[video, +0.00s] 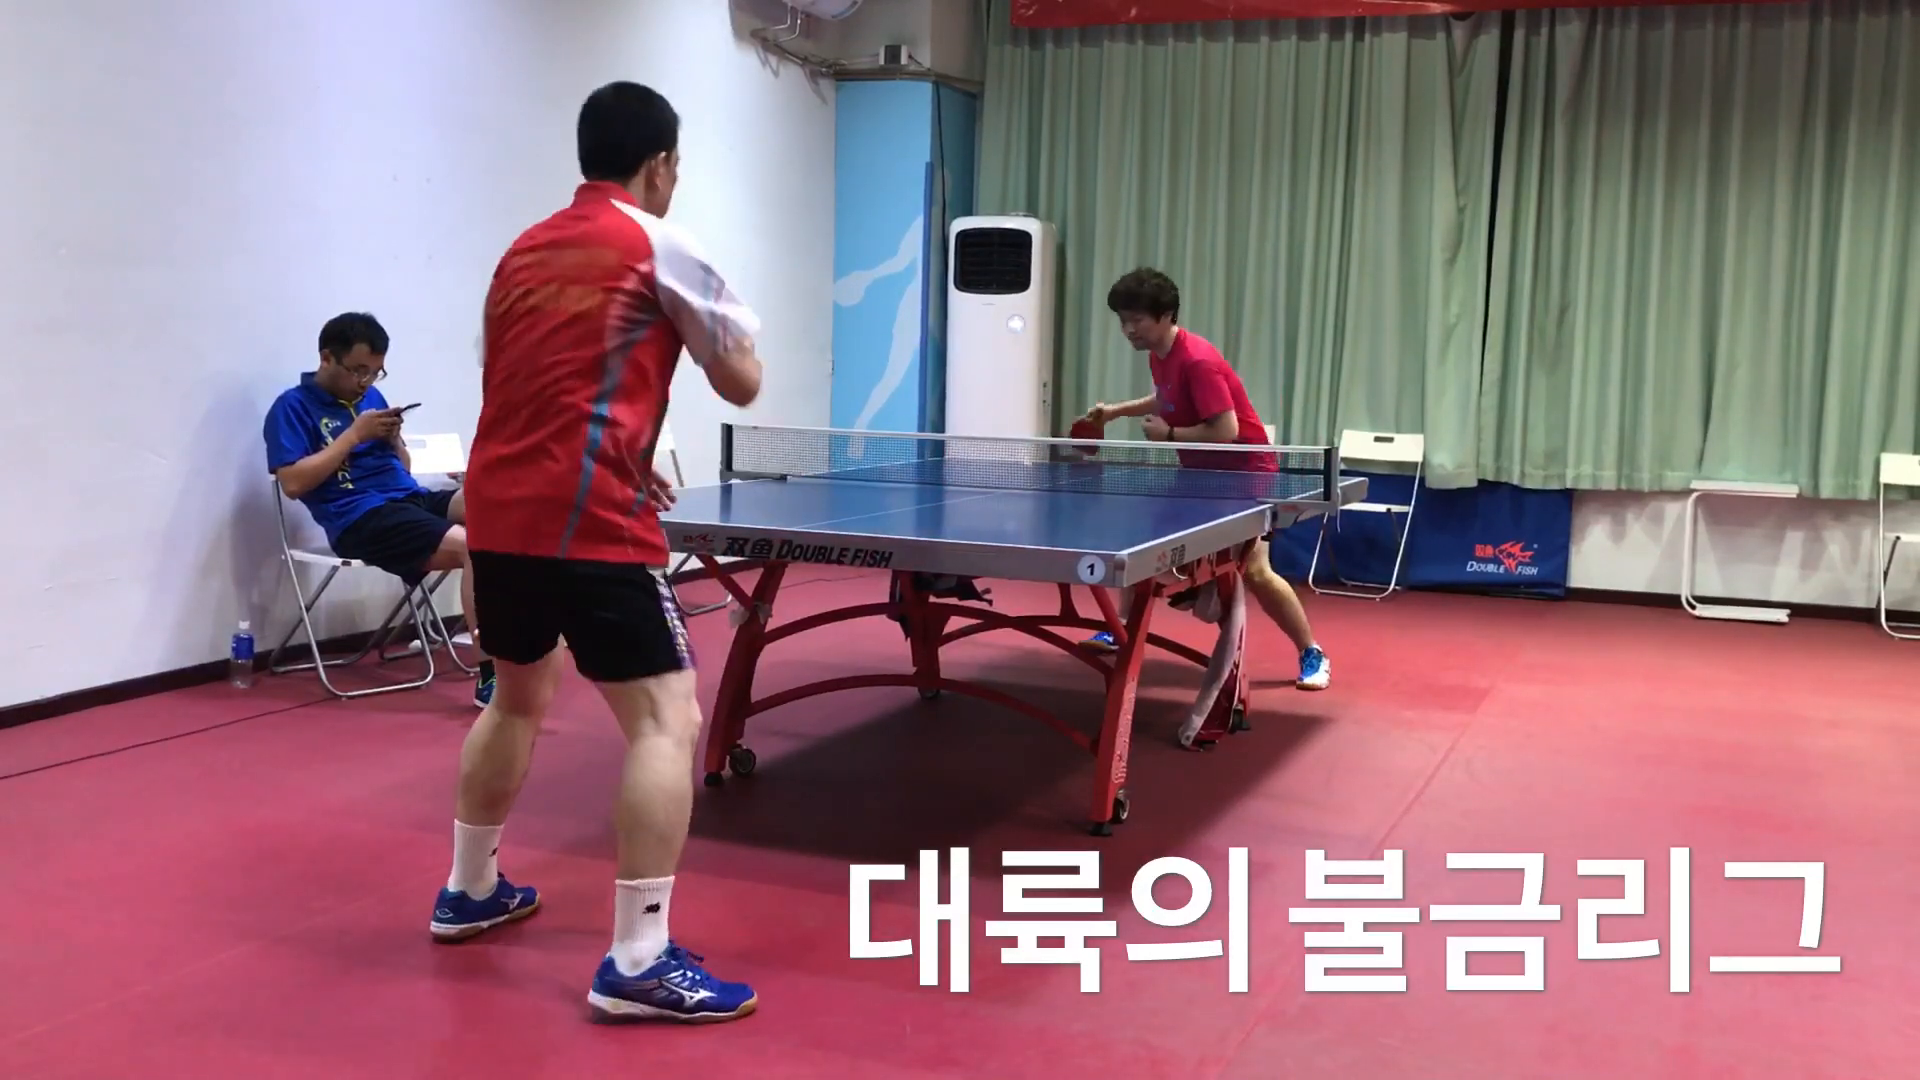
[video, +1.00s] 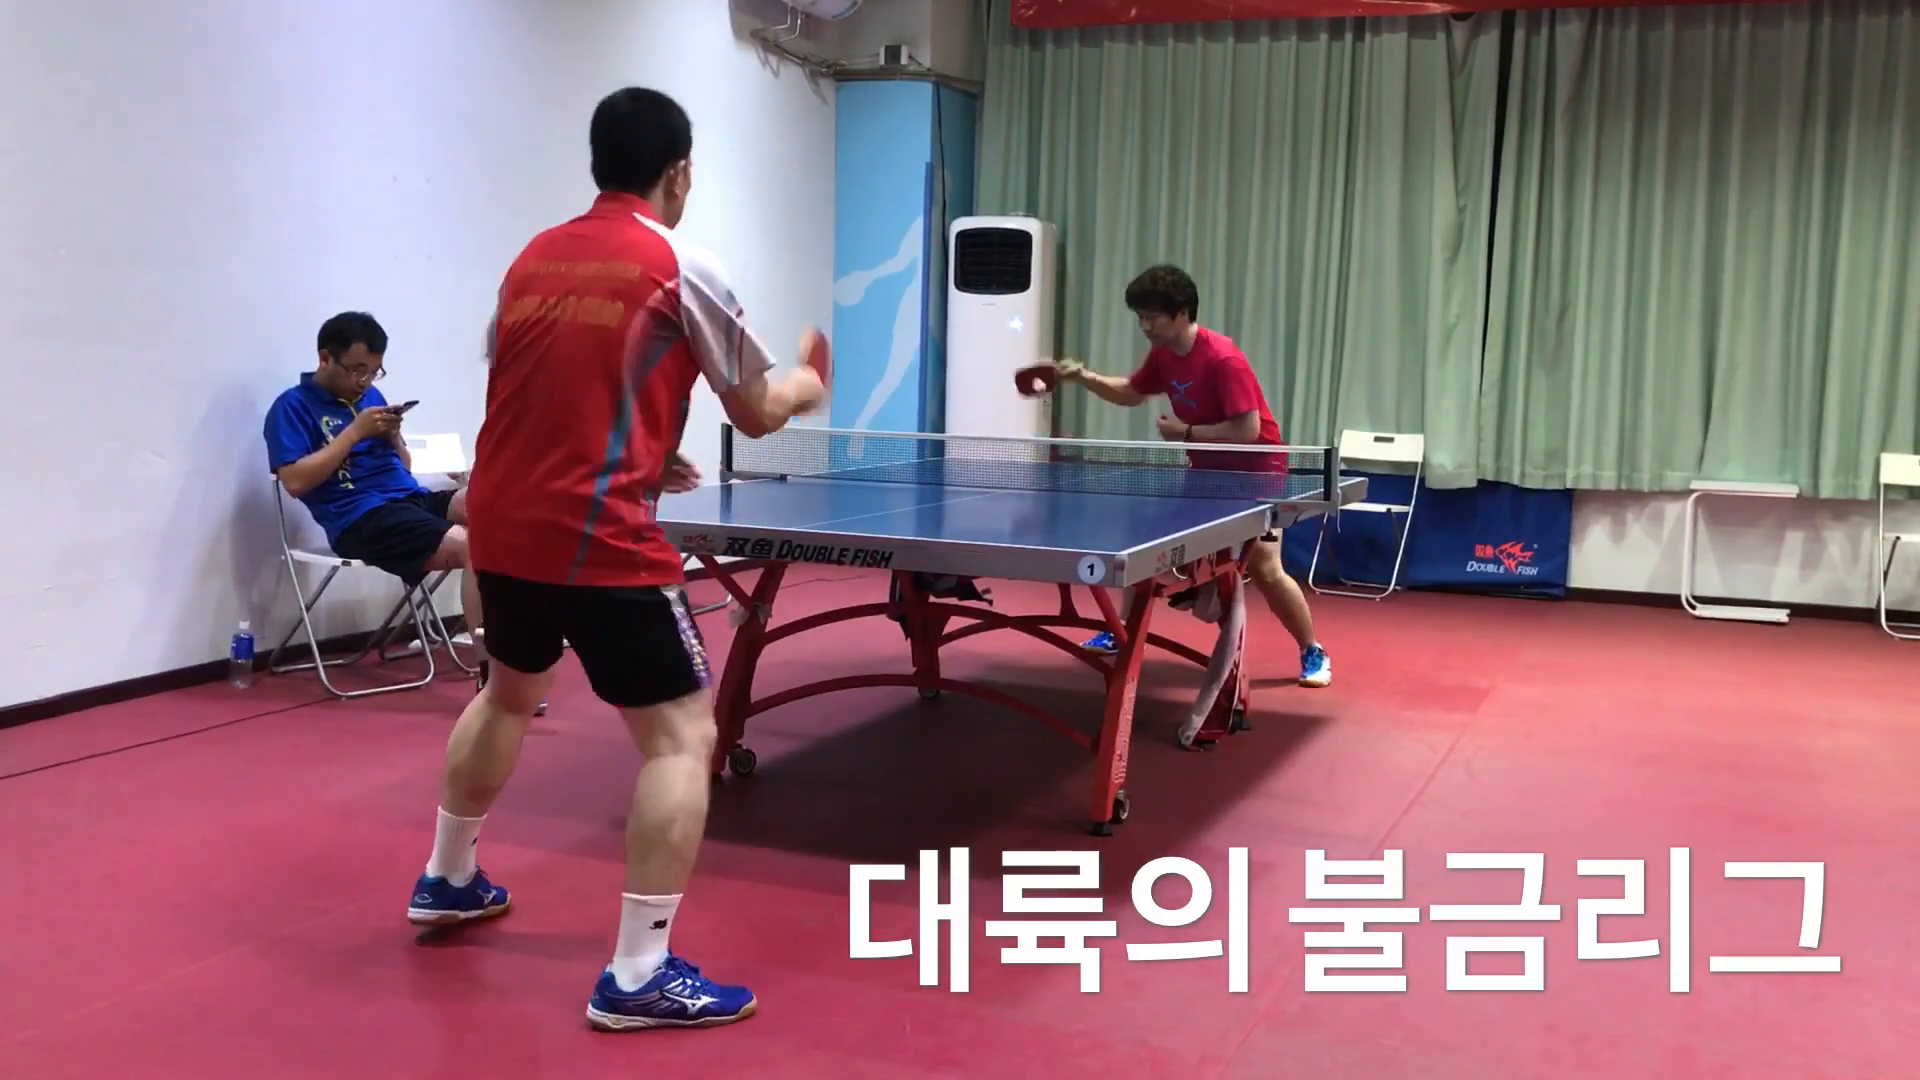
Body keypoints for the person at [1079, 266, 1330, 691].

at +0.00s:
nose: (1128, 330)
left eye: (1136, 321)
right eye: (1123, 321)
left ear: (1166, 316)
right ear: (1120, 321)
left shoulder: (1196, 361)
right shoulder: (1158, 356)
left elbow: (1226, 430)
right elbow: (1169, 402)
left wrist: (1171, 434)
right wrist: (1115, 410)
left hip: (1247, 473)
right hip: (1199, 472)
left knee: (1256, 572)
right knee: (1139, 539)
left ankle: (1311, 652)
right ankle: (1128, 631)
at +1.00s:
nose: (1144, 326)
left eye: (1151, 318)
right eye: (1141, 318)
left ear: (1180, 314)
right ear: (1141, 317)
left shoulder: (1222, 359)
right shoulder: (1163, 355)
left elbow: (1247, 429)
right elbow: (1130, 392)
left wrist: (1187, 431)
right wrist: (1082, 376)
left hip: (1256, 473)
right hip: (1206, 472)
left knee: (1266, 570)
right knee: (1153, 544)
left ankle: (1312, 650)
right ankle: (1126, 632)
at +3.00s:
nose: (1165, 312)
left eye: (1174, 302)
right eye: (1160, 303)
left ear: (1203, 300)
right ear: (1158, 304)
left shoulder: (1249, 347)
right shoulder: (1161, 351)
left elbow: (1276, 412)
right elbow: (1123, 409)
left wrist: (1215, 422)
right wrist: (1101, 393)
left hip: (1259, 474)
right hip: (1202, 473)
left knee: (1279, 557)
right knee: (1150, 541)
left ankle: (1318, 650)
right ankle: (1125, 633)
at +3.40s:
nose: (1138, 312)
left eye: (1146, 302)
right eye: (1131, 304)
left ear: (1173, 300)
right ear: (1129, 306)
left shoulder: (1207, 344)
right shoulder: (1148, 350)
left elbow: (1241, 411)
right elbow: (1143, 407)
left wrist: (1182, 421)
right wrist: (1095, 422)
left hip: (1246, 463)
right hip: (1193, 464)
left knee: (1266, 558)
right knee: (1146, 539)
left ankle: (1317, 648)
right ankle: (1124, 632)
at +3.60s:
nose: (1168, 331)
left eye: (1171, 321)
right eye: (1164, 323)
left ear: (1197, 312)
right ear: (1198, 310)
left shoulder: (1220, 353)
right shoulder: (1227, 333)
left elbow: (1248, 423)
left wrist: (1201, 435)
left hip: (1248, 476)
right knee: (1278, 578)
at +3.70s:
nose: (1214, 329)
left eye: (1217, 318)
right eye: (1210, 320)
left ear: (1242, 307)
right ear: (1247, 306)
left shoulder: (1259, 353)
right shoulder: (1280, 331)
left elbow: (1277, 424)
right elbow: (1277, 374)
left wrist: (1233, 437)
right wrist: (1234, 370)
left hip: (1276, 479)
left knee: (1308, 586)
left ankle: (1397, 657)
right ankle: (1397, 655)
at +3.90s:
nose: (1260, 323)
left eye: (1267, 313)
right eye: (1256, 314)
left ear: (1294, 310)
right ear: (1263, 313)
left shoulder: (1319, 365)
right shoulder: (1284, 351)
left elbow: (1331, 443)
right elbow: (1262, 407)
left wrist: (1269, 449)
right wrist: (1232, 395)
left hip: (1329, 484)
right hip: (1288, 476)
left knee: (1326, 592)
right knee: (1224, 539)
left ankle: (1407, 665)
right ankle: (1174, 619)